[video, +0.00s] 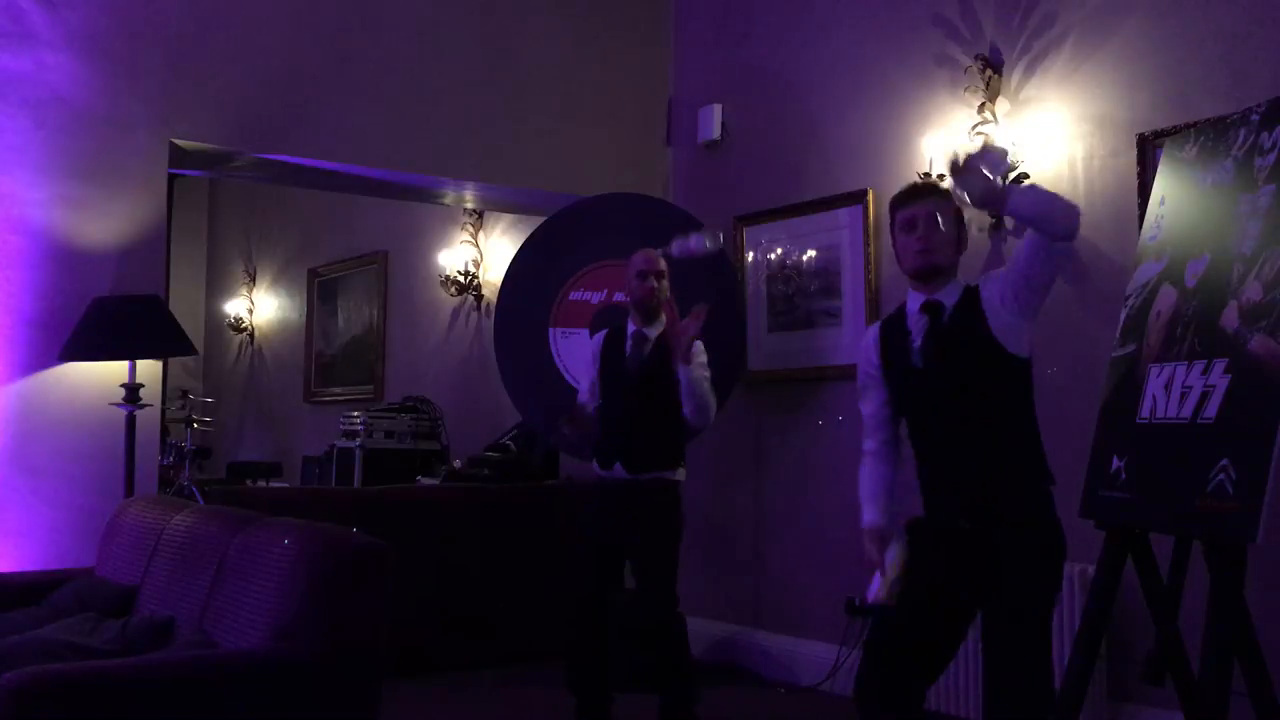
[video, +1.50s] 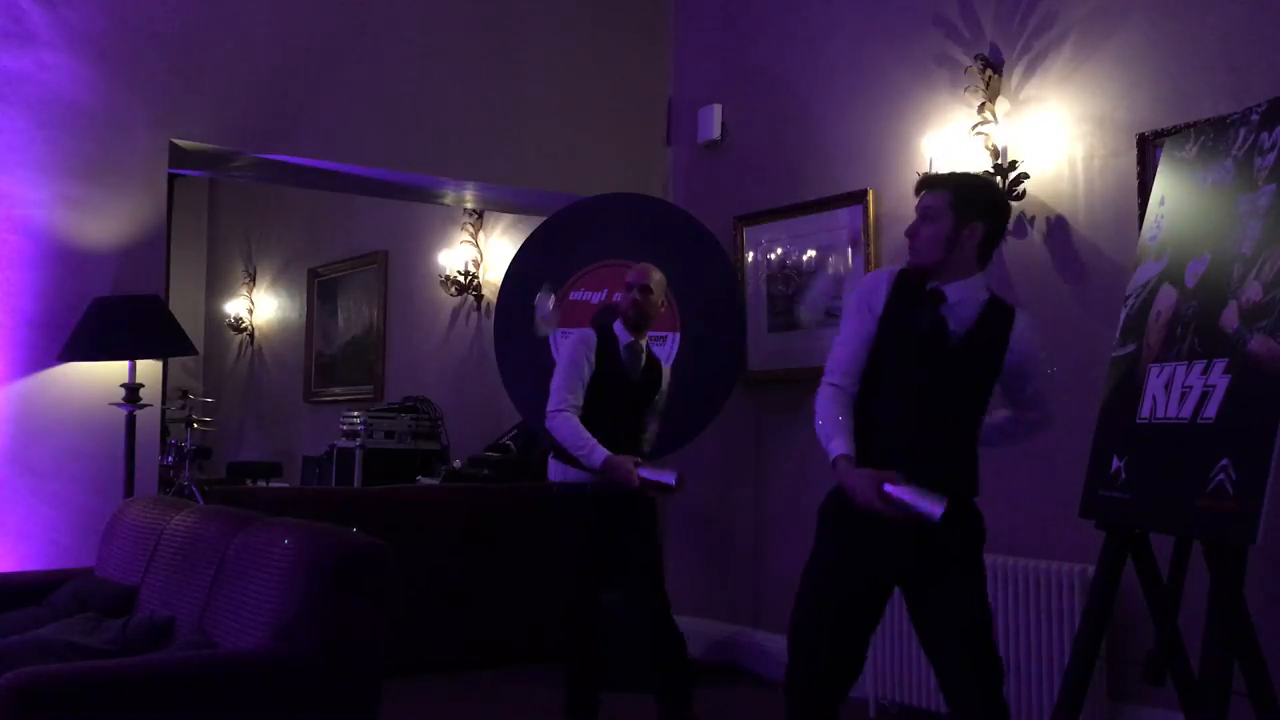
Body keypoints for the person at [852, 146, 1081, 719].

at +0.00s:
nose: (924, 236)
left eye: (937, 223)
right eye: (909, 227)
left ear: (960, 237)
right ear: (893, 248)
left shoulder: (1003, 300)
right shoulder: (881, 341)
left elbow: (1063, 222)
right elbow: (878, 444)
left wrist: (997, 194)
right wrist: (877, 537)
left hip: (1020, 528)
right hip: (941, 536)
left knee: (1016, 697)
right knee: (881, 690)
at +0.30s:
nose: (930, 276)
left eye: (943, 258)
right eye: (918, 263)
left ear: (978, 260)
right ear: (909, 272)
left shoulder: (1027, 319)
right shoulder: (911, 366)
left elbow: (987, 395)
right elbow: (923, 475)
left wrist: (882, 410)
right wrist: (940, 561)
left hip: (1045, 554)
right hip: (968, 559)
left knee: (1033, 709)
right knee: (880, 696)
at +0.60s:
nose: (938, 244)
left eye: (954, 228)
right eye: (934, 231)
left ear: (1001, 236)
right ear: (931, 237)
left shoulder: (1025, 316)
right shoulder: (936, 329)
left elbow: (959, 427)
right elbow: (931, 425)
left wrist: (844, 465)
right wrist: (916, 487)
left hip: (1024, 544)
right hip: (958, 540)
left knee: (1005, 702)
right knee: (888, 686)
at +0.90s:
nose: (936, 223)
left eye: (953, 210)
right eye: (937, 211)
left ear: (1000, 222)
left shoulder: (1027, 300)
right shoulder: (941, 309)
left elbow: (990, 399)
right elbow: (880, 390)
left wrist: (891, 413)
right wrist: (819, 386)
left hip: (1011, 526)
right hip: (948, 520)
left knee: (998, 695)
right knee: (891, 681)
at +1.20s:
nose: (941, 204)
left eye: (960, 194)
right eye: (943, 193)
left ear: (1003, 212)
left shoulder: (1025, 284)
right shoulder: (924, 296)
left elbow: (1013, 352)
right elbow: (885, 382)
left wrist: (917, 320)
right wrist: (855, 431)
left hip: (984, 509)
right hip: (911, 503)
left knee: (996, 690)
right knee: (838, 679)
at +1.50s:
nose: (909, 228)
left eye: (927, 219)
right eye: (914, 216)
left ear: (971, 234)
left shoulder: (1009, 326)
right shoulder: (877, 291)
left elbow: (1035, 416)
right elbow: (835, 388)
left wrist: (964, 437)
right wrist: (844, 463)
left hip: (943, 521)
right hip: (861, 510)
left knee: (975, 690)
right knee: (813, 681)